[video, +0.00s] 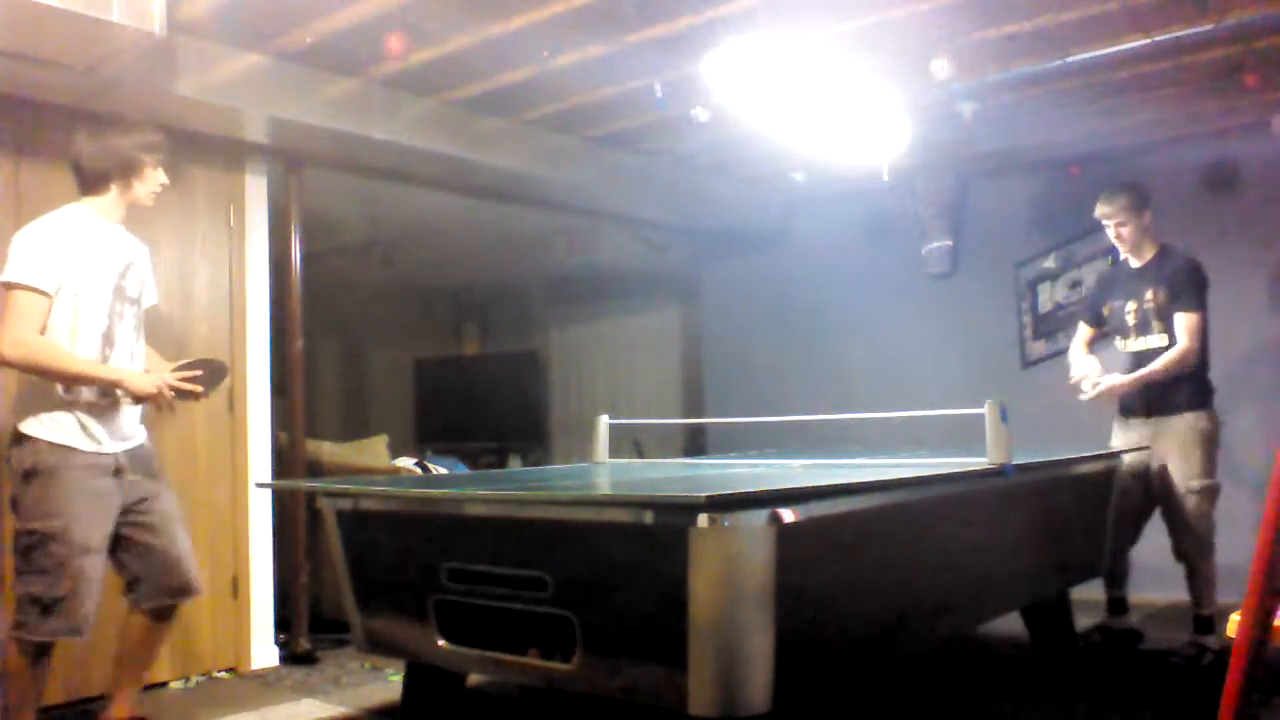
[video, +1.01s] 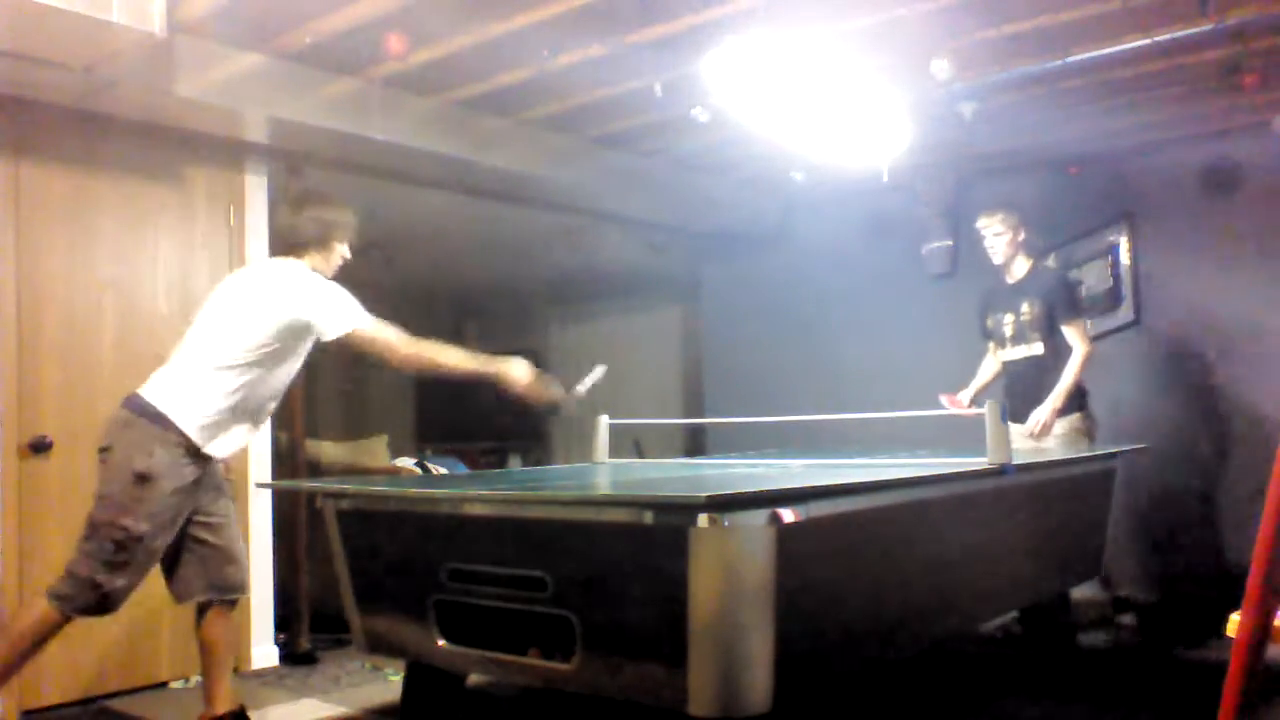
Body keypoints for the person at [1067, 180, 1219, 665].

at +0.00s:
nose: (1114, 235)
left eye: (1121, 224)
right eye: (1107, 227)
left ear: (1145, 217)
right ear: (1104, 229)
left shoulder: (1182, 270)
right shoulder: (1107, 279)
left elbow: (1189, 350)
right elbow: (1078, 346)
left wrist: (1128, 380)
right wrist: (1083, 365)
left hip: (1183, 422)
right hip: (1129, 424)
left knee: (1193, 535)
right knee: (1111, 533)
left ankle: (1204, 630)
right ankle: (1117, 621)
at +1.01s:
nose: (989, 244)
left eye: (997, 235)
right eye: (984, 238)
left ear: (1019, 234)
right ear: (981, 241)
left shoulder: (1051, 281)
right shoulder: (991, 296)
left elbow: (1082, 347)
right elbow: (996, 354)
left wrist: (1051, 407)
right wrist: (968, 393)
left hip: (1063, 420)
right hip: (1018, 424)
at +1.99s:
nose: (1057, 249)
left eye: (1061, 238)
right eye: (1053, 242)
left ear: (1087, 230)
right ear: (1065, 241)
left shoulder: (1108, 274)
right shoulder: (1090, 279)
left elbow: (1112, 348)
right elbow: (1066, 333)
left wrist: (1083, 410)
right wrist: (1012, 331)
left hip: (1135, 413)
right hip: (1115, 413)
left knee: (1124, 521)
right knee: (1119, 520)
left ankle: (1151, 618)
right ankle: (1167, 593)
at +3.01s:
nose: (1004, 262)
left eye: (1009, 252)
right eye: (1001, 255)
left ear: (1033, 246)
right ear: (1009, 256)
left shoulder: (1070, 286)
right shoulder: (1024, 302)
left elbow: (1115, 342)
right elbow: (1016, 368)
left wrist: (1109, 411)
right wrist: (966, 407)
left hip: (1094, 426)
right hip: (1054, 431)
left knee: (1107, 527)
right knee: (1046, 526)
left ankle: (1141, 614)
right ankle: (1038, 613)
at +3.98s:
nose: (985, 252)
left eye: (992, 243)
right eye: (978, 245)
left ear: (1006, 245)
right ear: (972, 251)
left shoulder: (1031, 292)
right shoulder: (970, 301)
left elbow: (1058, 355)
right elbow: (977, 361)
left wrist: (1057, 416)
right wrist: (955, 393)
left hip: (1036, 421)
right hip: (992, 423)